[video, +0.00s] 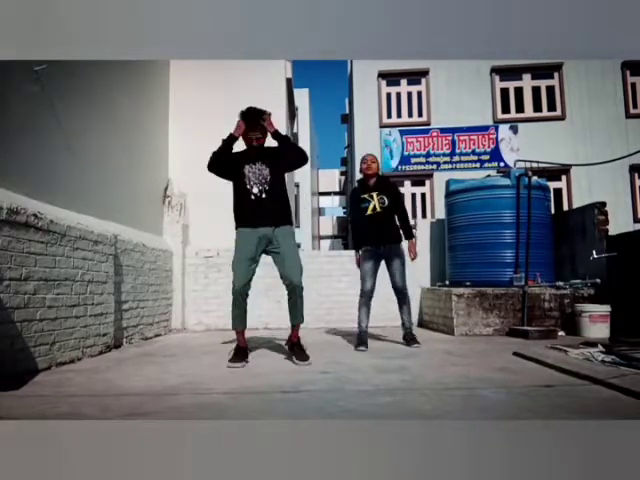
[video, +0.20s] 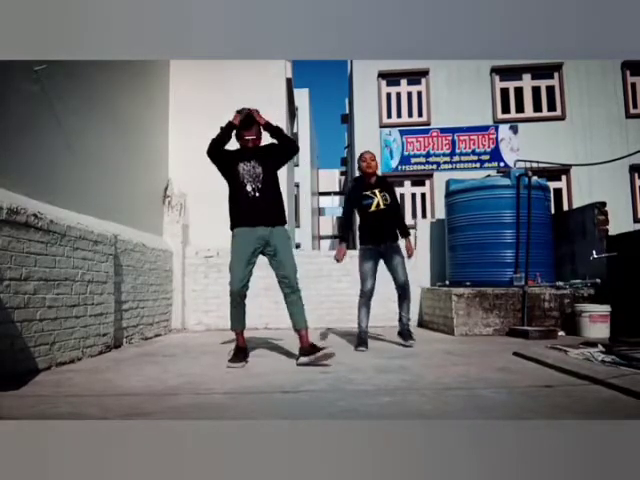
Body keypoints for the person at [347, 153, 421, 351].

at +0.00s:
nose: (368, 165)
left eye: (371, 162)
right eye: (365, 163)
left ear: (378, 166)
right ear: (361, 167)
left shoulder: (389, 186)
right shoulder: (356, 192)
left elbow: (401, 213)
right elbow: (353, 222)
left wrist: (411, 239)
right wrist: (357, 250)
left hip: (392, 244)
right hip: (368, 246)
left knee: (400, 288)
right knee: (366, 290)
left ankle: (408, 332)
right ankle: (362, 336)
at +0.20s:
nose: (369, 164)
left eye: (372, 160)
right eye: (365, 161)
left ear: (377, 164)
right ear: (360, 167)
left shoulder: (386, 184)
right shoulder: (355, 188)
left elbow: (397, 211)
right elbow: (347, 216)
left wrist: (407, 238)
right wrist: (342, 244)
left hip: (391, 243)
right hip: (368, 245)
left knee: (403, 284)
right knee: (366, 290)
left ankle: (404, 327)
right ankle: (362, 335)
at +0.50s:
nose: (384, 165)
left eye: (387, 162)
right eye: (380, 162)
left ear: (393, 165)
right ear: (376, 166)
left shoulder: (399, 191)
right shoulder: (368, 185)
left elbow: (403, 222)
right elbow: (353, 201)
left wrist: (406, 249)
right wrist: (349, 212)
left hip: (390, 245)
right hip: (367, 244)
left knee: (396, 289)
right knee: (364, 289)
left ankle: (398, 333)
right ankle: (361, 335)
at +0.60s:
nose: (383, 166)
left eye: (387, 163)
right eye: (380, 163)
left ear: (393, 166)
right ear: (375, 167)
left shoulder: (399, 190)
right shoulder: (367, 187)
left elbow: (405, 221)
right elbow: (353, 205)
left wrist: (407, 250)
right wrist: (351, 219)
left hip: (389, 246)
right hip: (366, 244)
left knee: (393, 289)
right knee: (358, 286)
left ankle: (398, 332)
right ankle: (356, 330)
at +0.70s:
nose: (377, 164)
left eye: (381, 161)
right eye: (374, 161)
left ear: (388, 164)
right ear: (370, 164)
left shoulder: (395, 187)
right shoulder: (362, 187)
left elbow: (403, 217)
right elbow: (352, 212)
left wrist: (406, 245)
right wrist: (348, 233)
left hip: (387, 244)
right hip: (364, 243)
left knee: (391, 289)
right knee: (355, 286)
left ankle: (398, 332)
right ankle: (352, 329)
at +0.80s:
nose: (368, 165)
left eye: (373, 162)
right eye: (366, 162)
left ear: (381, 166)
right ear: (362, 165)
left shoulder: (387, 188)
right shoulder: (356, 189)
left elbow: (398, 215)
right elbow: (349, 218)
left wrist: (404, 242)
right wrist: (346, 245)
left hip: (383, 245)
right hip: (360, 246)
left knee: (390, 289)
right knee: (353, 291)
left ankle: (398, 333)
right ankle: (349, 334)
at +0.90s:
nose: (361, 166)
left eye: (365, 162)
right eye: (358, 162)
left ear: (372, 166)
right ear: (354, 166)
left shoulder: (380, 187)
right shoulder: (348, 189)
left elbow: (392, 214)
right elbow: (345, 218)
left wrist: (400, 239)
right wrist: (345, 244)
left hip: (380, 245)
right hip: (356, 246)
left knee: (388, 290)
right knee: (352, 292)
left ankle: (397, 333)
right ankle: (350, 335)